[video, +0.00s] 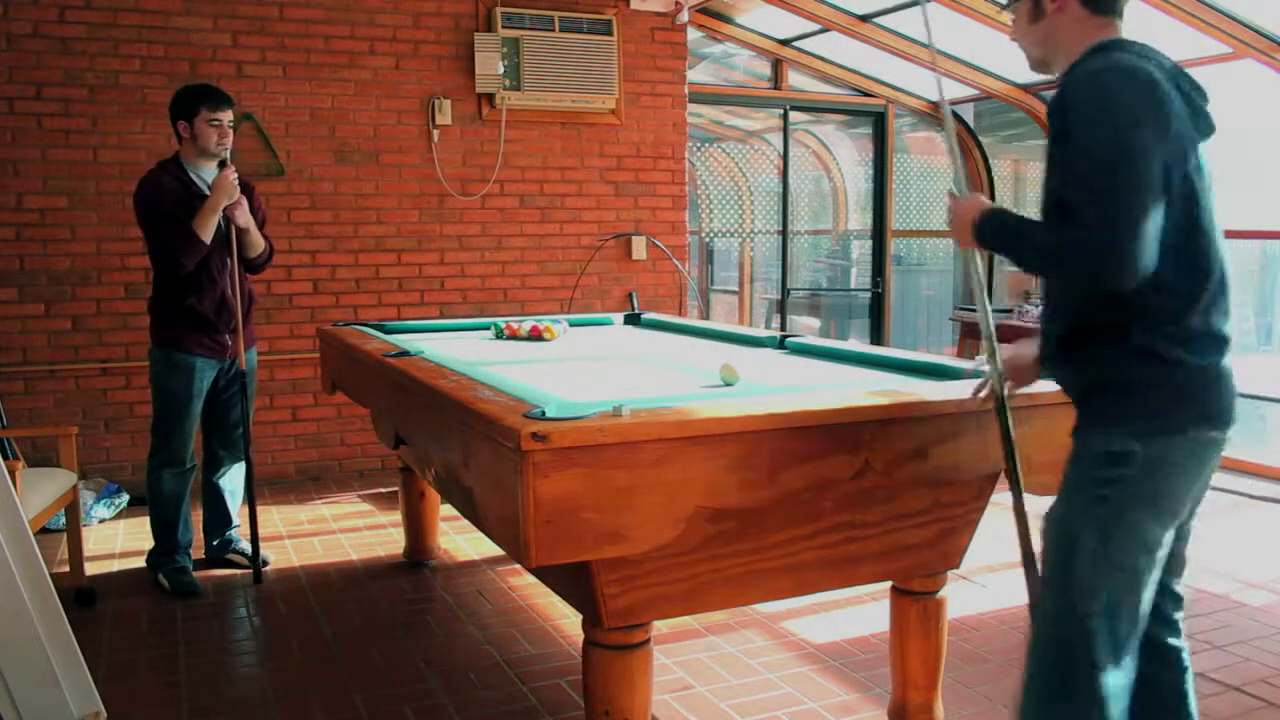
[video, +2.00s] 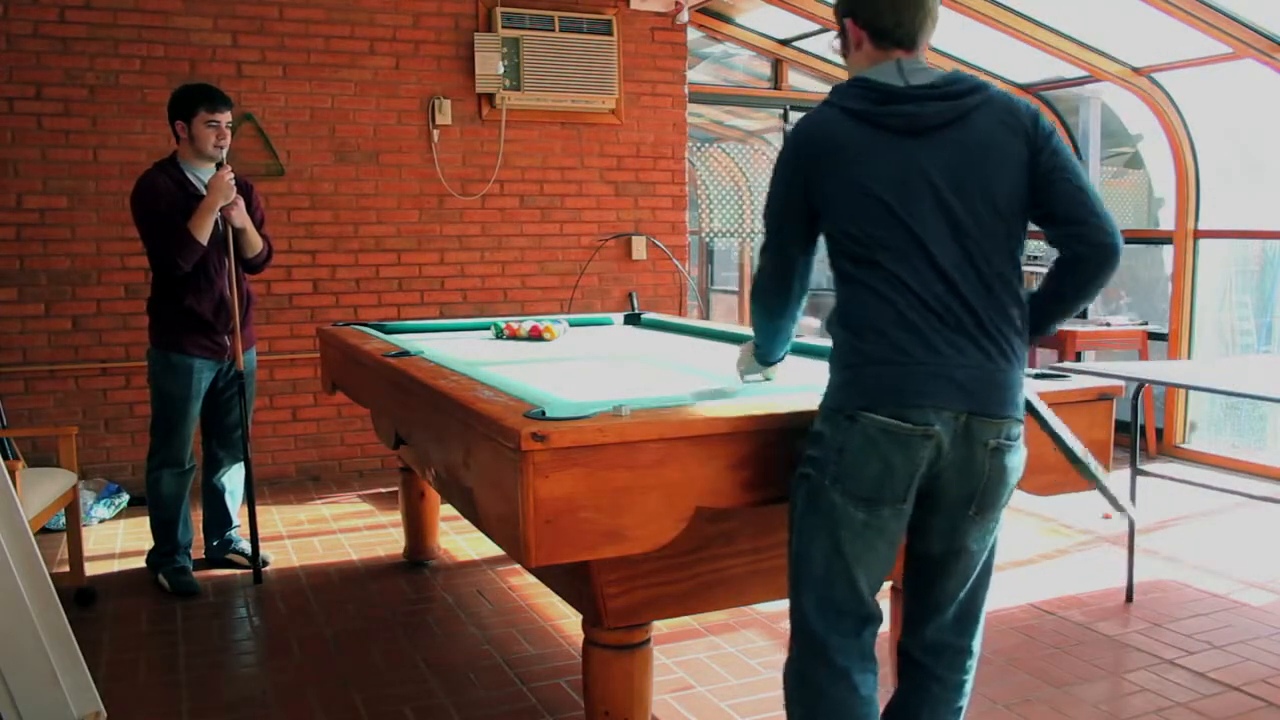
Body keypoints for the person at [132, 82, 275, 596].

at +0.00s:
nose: (226, 134)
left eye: (230, 125)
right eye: (215, 125)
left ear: (234, 130)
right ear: (183, 129)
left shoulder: (239, 185)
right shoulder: (157, 187)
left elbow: (258, 263)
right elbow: (177, 261)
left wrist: (246, 224)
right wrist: (213, 205)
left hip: (237, 338)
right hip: (184, 340)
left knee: (230, 449)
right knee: (175, 454)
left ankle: (223, 542)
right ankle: (171, 558)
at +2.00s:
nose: (223, 135)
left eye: (228, 126)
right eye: (212, 126)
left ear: (232, 131)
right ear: (181, 129)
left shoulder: (239, 186)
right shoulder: (155, 187)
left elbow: (258, 262)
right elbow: (175, 261)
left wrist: (243, 222)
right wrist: (209, 205)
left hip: (237, 339)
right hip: (182, 341)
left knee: (229, 450)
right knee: (175, 455)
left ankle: (223, 543)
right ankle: (171, 558)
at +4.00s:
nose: (244, 143)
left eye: (248, 135)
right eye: (235, 134)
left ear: (250, 139)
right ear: (203, 134)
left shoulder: (246, 189)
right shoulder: (170, 188)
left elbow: (270, 265)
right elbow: (182, 264)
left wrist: (264, 245)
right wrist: (231, 225)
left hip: (245, 336)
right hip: (195, 338)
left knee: (237, 448)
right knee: (198, 451)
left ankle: (221, 540)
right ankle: (195, 561)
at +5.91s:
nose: (225, 140)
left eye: (227, 131)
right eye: (217, 129)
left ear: (199, 134)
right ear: (184, 129)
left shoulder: (215, 188)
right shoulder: (151, 185)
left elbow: (234, 267)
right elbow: (178, 269)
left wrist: (254, 245)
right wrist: (238, 228)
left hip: (233, 339)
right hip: (189, 342)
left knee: (235, 452)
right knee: (194, 457)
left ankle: (233, 544)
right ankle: (193, 565)